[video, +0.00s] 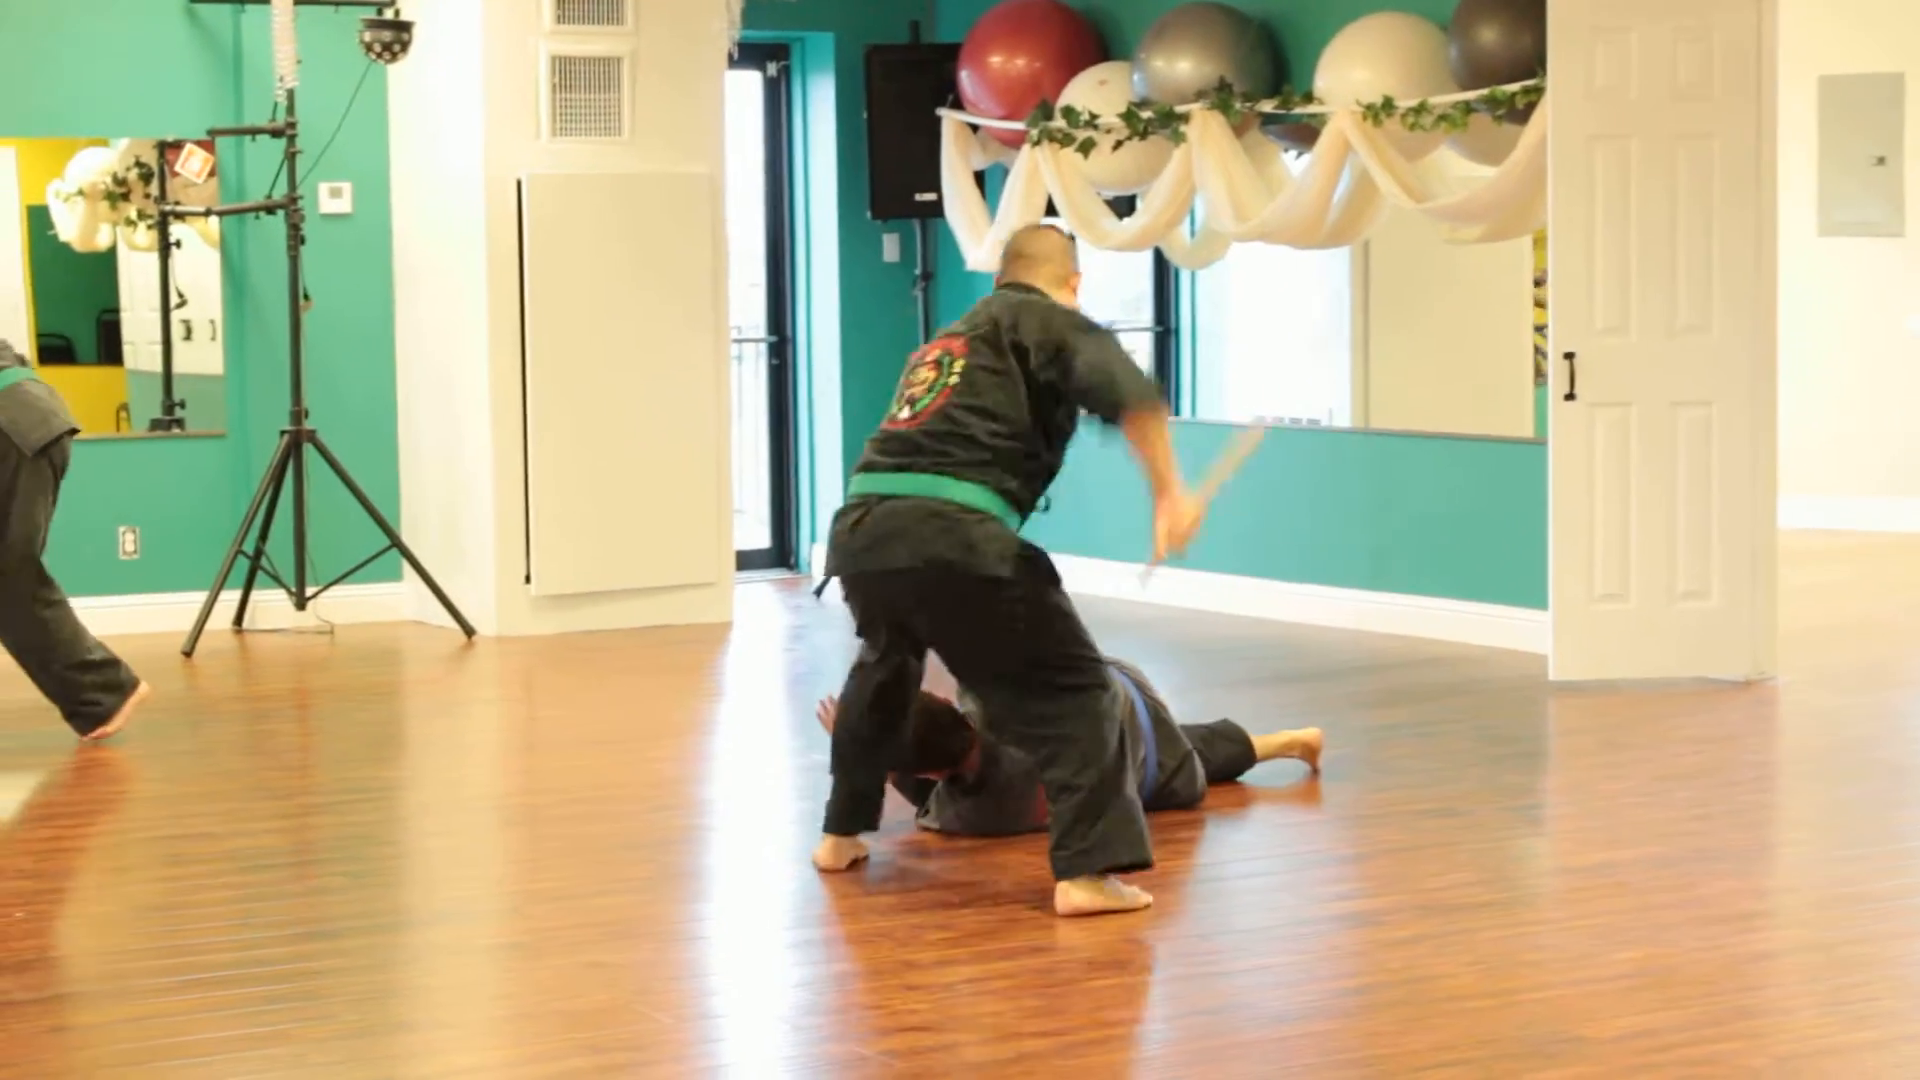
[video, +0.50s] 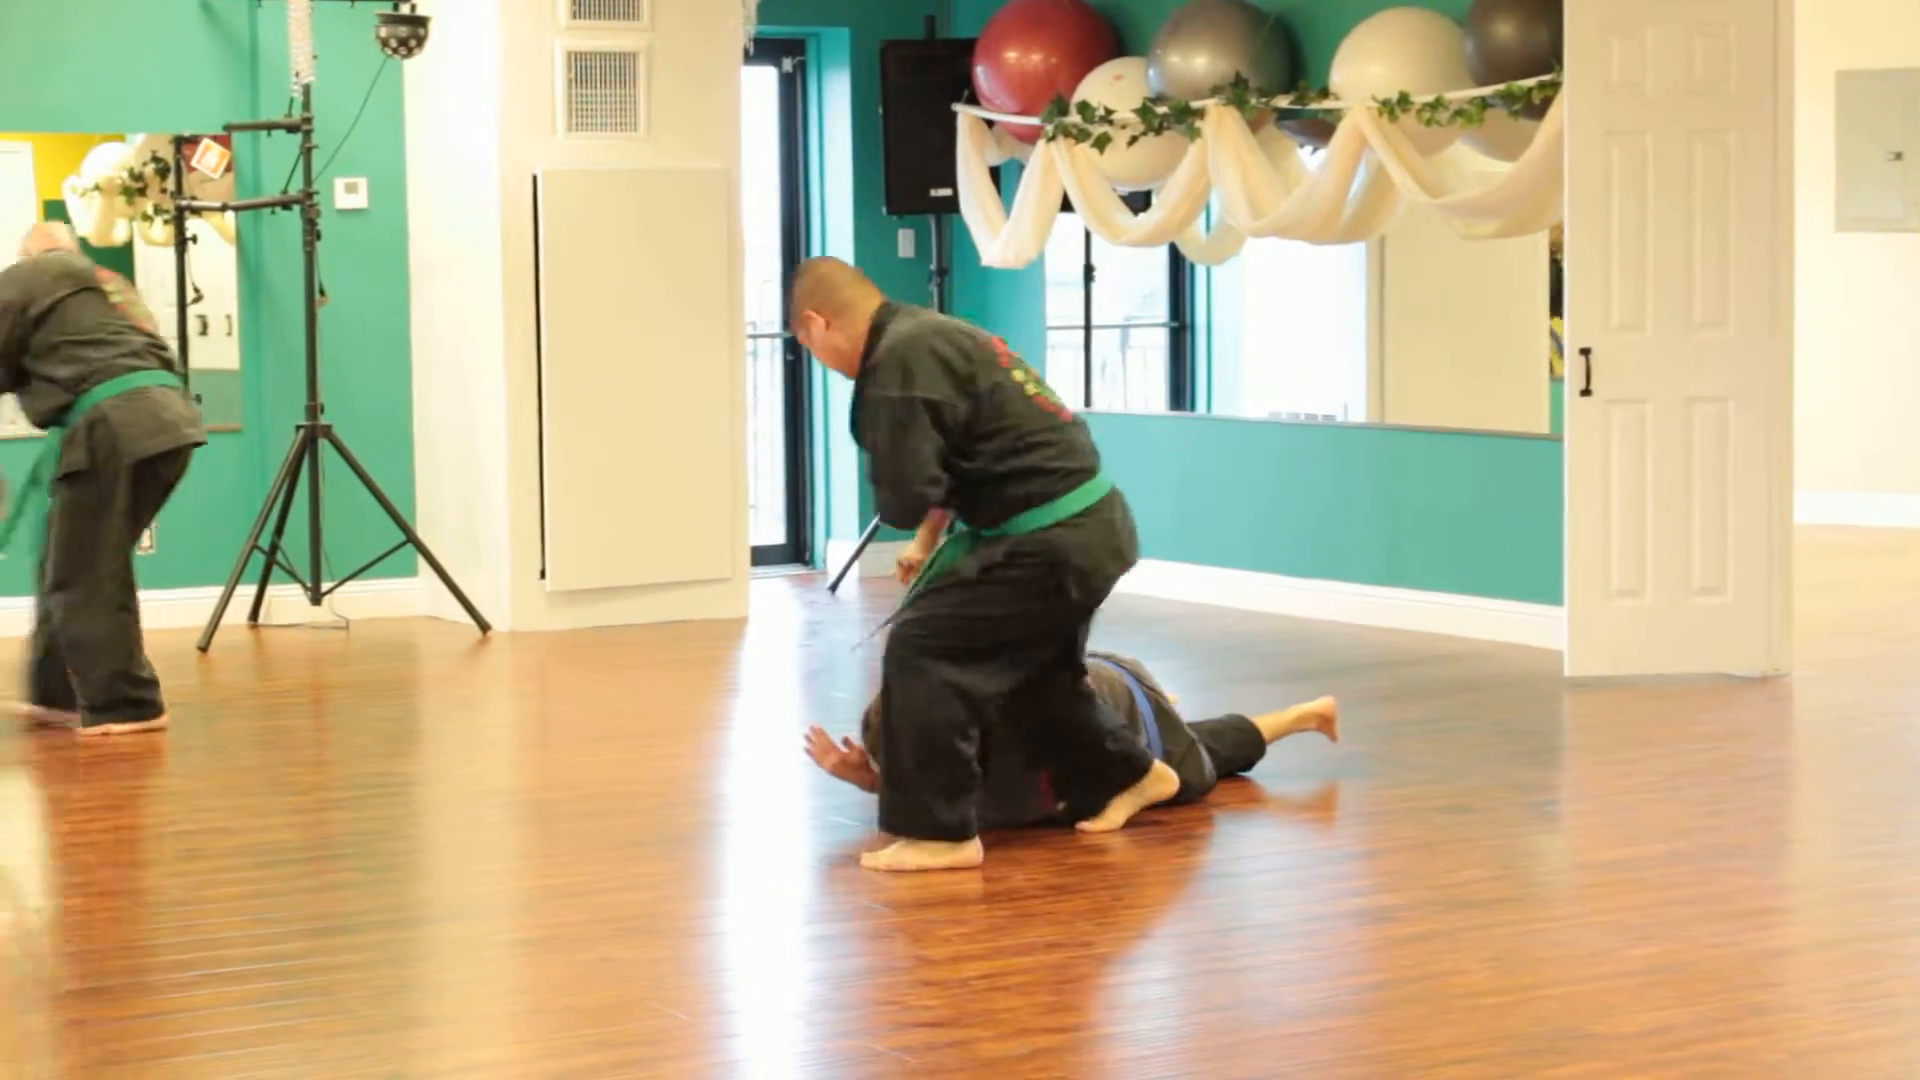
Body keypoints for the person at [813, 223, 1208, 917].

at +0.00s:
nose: (1079, 298)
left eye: (1077, 289)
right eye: (1078, 288)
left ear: (999, 279)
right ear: (1067, 284)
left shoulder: (949, 336)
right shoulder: (1045, 320)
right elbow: (1132, 391)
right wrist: (1170, 491)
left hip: (862, 532)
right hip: (956, 534)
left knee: (886, 653)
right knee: (1074, 688)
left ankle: (841, 832)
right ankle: (1085, 871)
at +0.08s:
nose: (1049, 273)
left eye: (1044, 263)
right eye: (1045, 262)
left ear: (969, 268)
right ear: (1035, 264)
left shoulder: (911, 327)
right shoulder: (1043, 295)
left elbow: (834, 444)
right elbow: (1143, 316)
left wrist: (896, 520)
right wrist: (1190, 388)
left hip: (892, 528)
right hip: (998, 523)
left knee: (875, 654)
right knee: (1069, 691)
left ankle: (844, 827)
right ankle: (1096, 867)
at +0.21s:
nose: (872, 273)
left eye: (873, 264)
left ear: (879, 266)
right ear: (957, 251)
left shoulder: (855, 331)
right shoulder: (1023, 280)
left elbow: (818, 457)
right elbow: (1140, 275)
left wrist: (794, 467)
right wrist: (1194, 293)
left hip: (954, 524)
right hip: (1063, 511)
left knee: (876, 658)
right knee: (1082, 680)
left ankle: (921, 823)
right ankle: (1172, 761)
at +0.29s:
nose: (849, 295)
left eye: (847, 286)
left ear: (855, 283)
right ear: (922, 261)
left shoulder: (847, 349)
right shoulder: (993, 294)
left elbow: (833, 472)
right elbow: (1088, 352)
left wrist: (885, 505)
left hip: (992, 544)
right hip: (1081, 518)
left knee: (879, 655)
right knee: (1061, 668)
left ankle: (931, 839)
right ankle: (1219, 718)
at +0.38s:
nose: (825, 317)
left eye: (822, 305)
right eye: (823, 306)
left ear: (833, 298)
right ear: (891, 279)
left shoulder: (861, 354)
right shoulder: (966, 321)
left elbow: (860, 498)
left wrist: (922, 471)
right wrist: (933, 481)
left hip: (1014, 552)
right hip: (1094, 530)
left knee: (890, 655)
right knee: (1052, 670)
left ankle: (928, 836)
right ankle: (1172, 762)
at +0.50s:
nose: (815, 356)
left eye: (806, 340)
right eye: (806, 343)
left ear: (820, 322)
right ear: (865, 298)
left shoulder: (897, 364)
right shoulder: (931, 331)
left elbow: (911, 497)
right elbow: (972, 448)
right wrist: (929, 537)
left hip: (1052, 542)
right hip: (1093, 524)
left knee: (919, 645)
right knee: (1034, 670)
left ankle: (938, 831)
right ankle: (1127, 775)